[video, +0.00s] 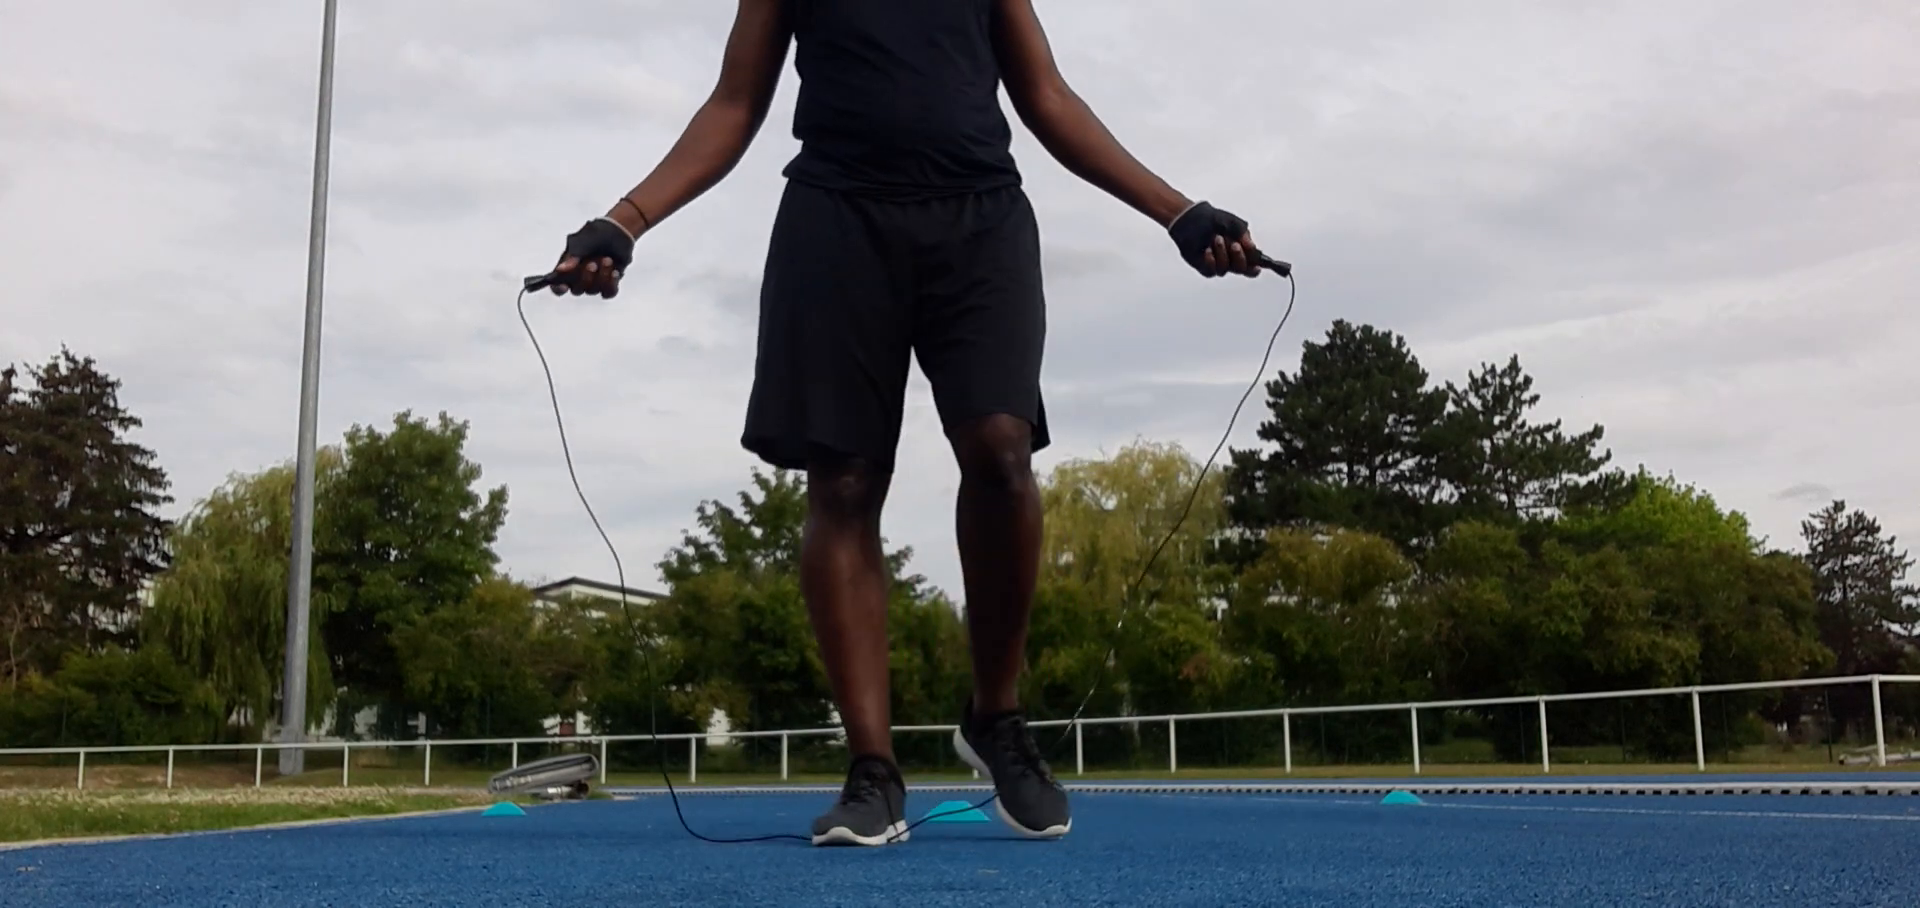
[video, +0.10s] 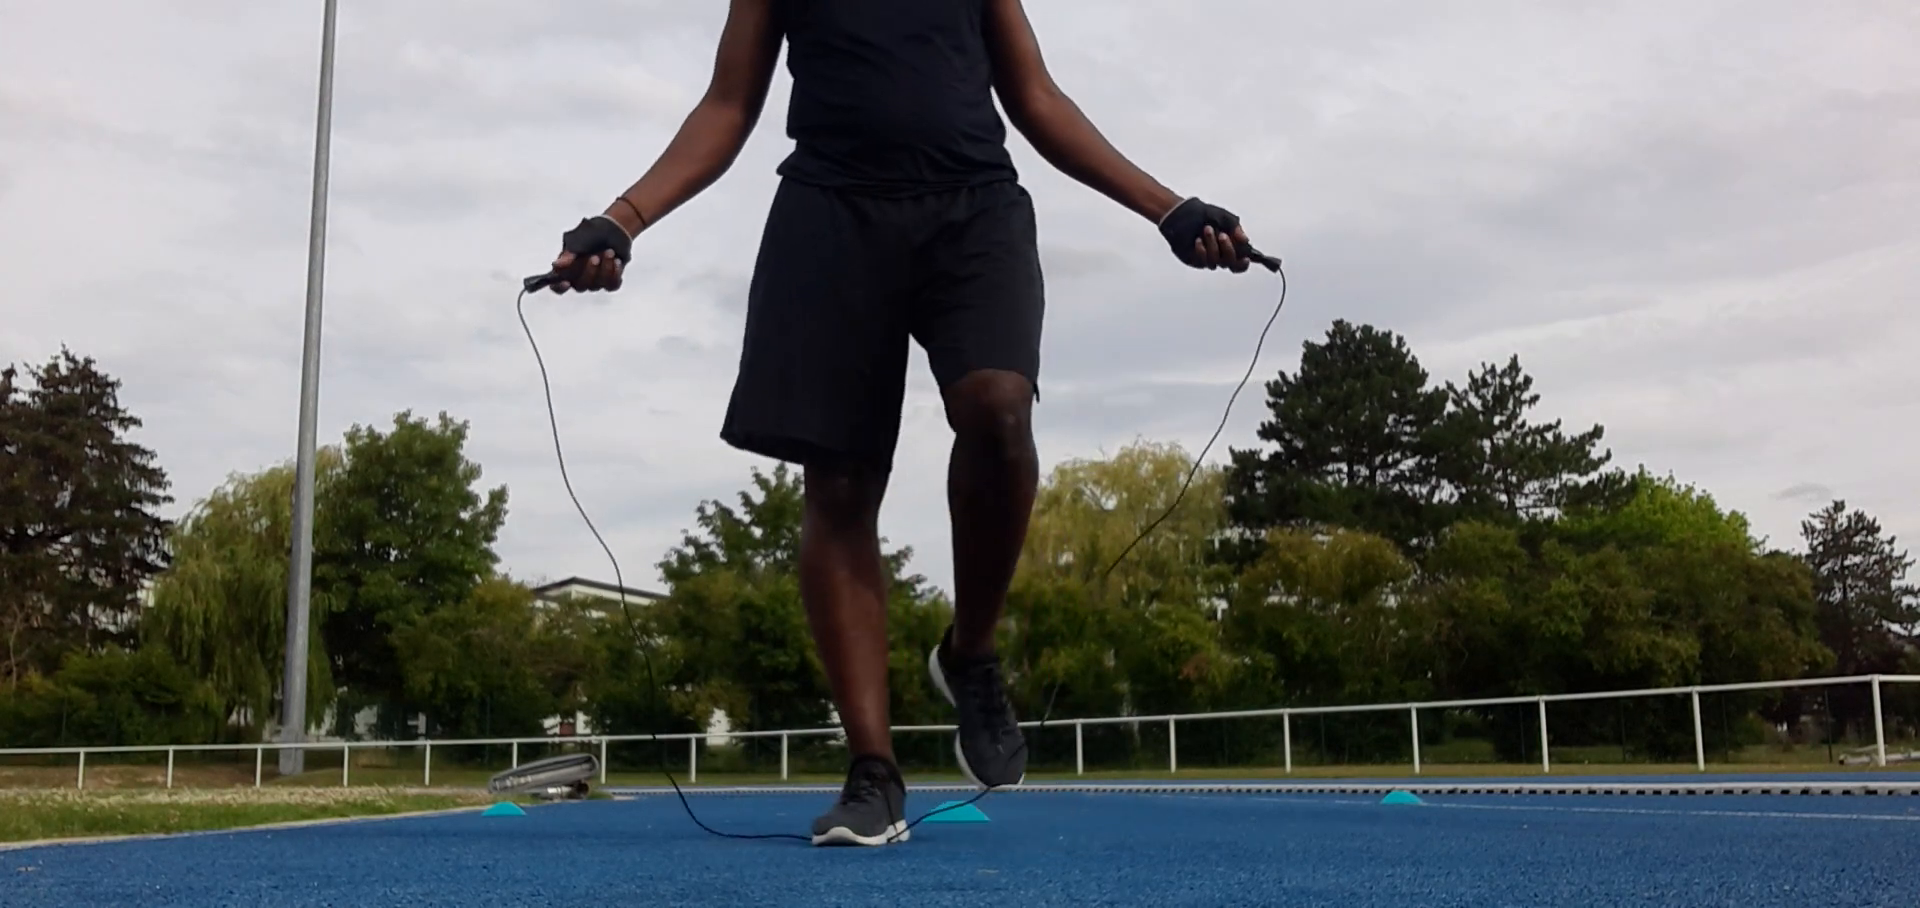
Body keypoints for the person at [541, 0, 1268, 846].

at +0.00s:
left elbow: (1046, 97)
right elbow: (736, 100)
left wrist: (1181, 211)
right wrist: (624, 220)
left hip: (979, 216)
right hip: (838, 219)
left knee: (1000, 450)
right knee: (843, 486)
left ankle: (999, 721)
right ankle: (871, 771)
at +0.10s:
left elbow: (1036, 99)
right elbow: (729, 101)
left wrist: (1172, 209)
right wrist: (622, 219)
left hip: (975, 205)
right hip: (834, 212)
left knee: (996, 410)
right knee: (839, 488)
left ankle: (972, 655)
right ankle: (872, 772)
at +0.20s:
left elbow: (1027, 96)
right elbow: (724, 101)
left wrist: (1164, 205)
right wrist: (617, 213)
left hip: (969, 193)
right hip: (829, 202)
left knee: (993, 377)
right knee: (837, 485)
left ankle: (954, 620)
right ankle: (872, 773)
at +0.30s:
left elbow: (1025, 94)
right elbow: (722, 98)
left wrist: (1164, 203)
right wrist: (612, 209)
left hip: (970, 189)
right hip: (830, 196)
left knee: (994, 375)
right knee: (836, 483)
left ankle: (946, 638)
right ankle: (870, 771)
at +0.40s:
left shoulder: (975, 2)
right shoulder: (760, 1)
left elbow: (1027, 90)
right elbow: (720, 95)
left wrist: (1168, 200)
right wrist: (606, 205)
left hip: (972, 197)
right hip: (829, 204)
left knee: (1001, 386)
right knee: (836, 487)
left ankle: (954, 691)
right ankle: (870, 772)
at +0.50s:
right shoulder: (764, 0)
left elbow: (1034, 88)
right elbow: (721, 91)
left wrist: (1175, 195)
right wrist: (601, 200)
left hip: (973, 200)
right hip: (828, 206)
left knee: (1000, 417)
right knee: (836, 486)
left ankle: (986, 744)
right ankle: (870, 775)